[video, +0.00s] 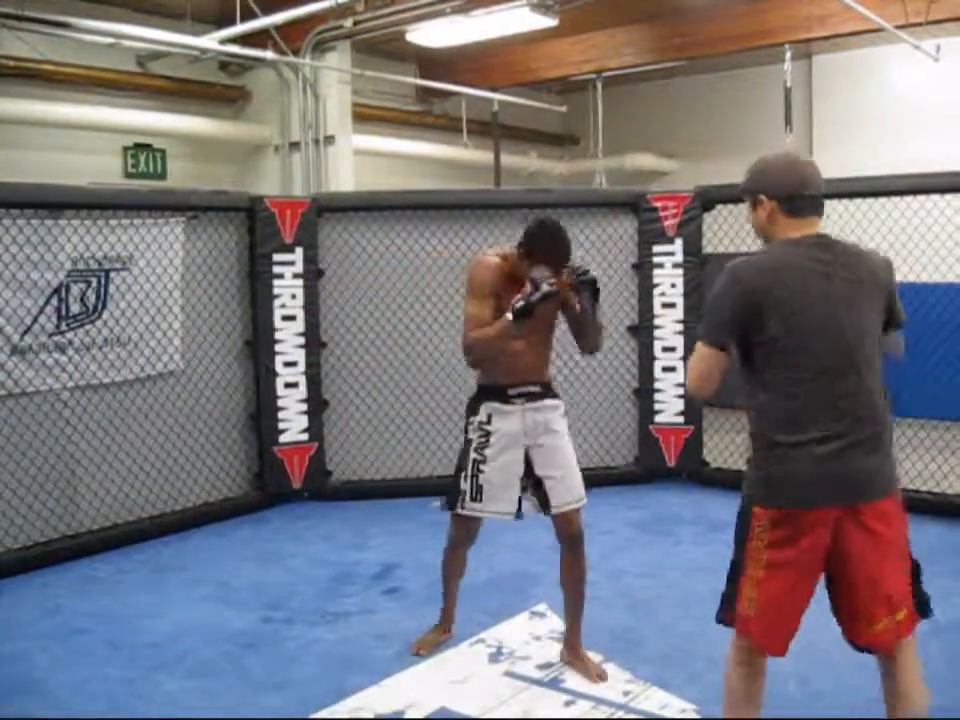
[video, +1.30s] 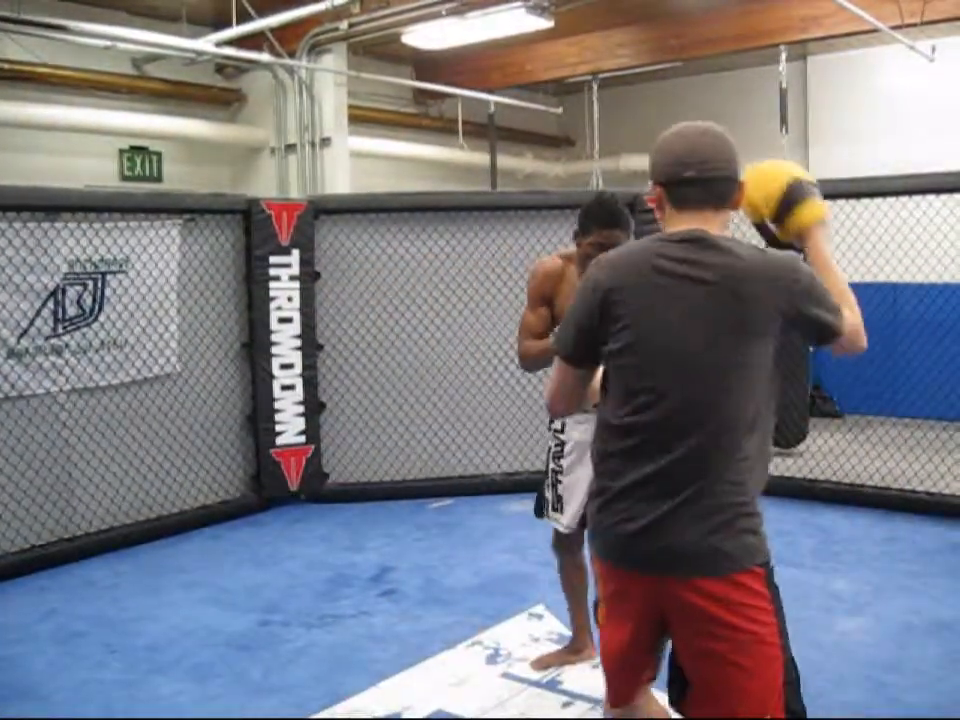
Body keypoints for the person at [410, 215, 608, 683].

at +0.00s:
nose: (548, 279)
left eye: (554, 272)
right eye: (542, 270)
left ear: (560, 266)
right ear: (523, 256)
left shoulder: (559, 276)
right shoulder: (487, 270)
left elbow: (590, 344)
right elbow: (473, 349)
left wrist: (585, 307)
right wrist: (518, 312)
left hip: (545, 408)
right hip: (493, 411)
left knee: (572, 531)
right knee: (462, 530)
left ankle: (573, 644)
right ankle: (446, 622)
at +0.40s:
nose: (559, 261)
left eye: (564, 252)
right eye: (550, 253)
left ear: (569, 248)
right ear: (524, 249)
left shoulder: (576, 275)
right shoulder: (495, 281)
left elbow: (634, 337)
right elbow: (477, 366)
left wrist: (606, 310)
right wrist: (516, 322)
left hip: (571, 418)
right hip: (514, 423)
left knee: (620, 535)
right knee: (485, 538)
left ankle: (626, 653)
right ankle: (480, 647)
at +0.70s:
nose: (596, 269)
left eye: (605, 258)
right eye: (587, 259)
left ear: (617, 245)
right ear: (566, 247)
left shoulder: (634, 270)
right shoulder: (543, 273)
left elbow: (653, 340)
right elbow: (535, 358)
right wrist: (551, 328)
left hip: (623, 411)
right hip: (566, 409)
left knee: (642, 549)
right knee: (530, 530)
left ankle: (657, 672)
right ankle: (524, 642)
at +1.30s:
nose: (606, 258)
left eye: (616, 248)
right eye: (597, 247)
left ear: (629, 242)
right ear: (577, 238)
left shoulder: (637, 274)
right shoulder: (550, 273)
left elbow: (658, 334)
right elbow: (527, 353)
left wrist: (617, 319)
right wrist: (572, 337)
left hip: (632, 418)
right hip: (576, 418)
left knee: (628, 533)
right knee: (567, 538)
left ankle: (628, 636)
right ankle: (581, 638)